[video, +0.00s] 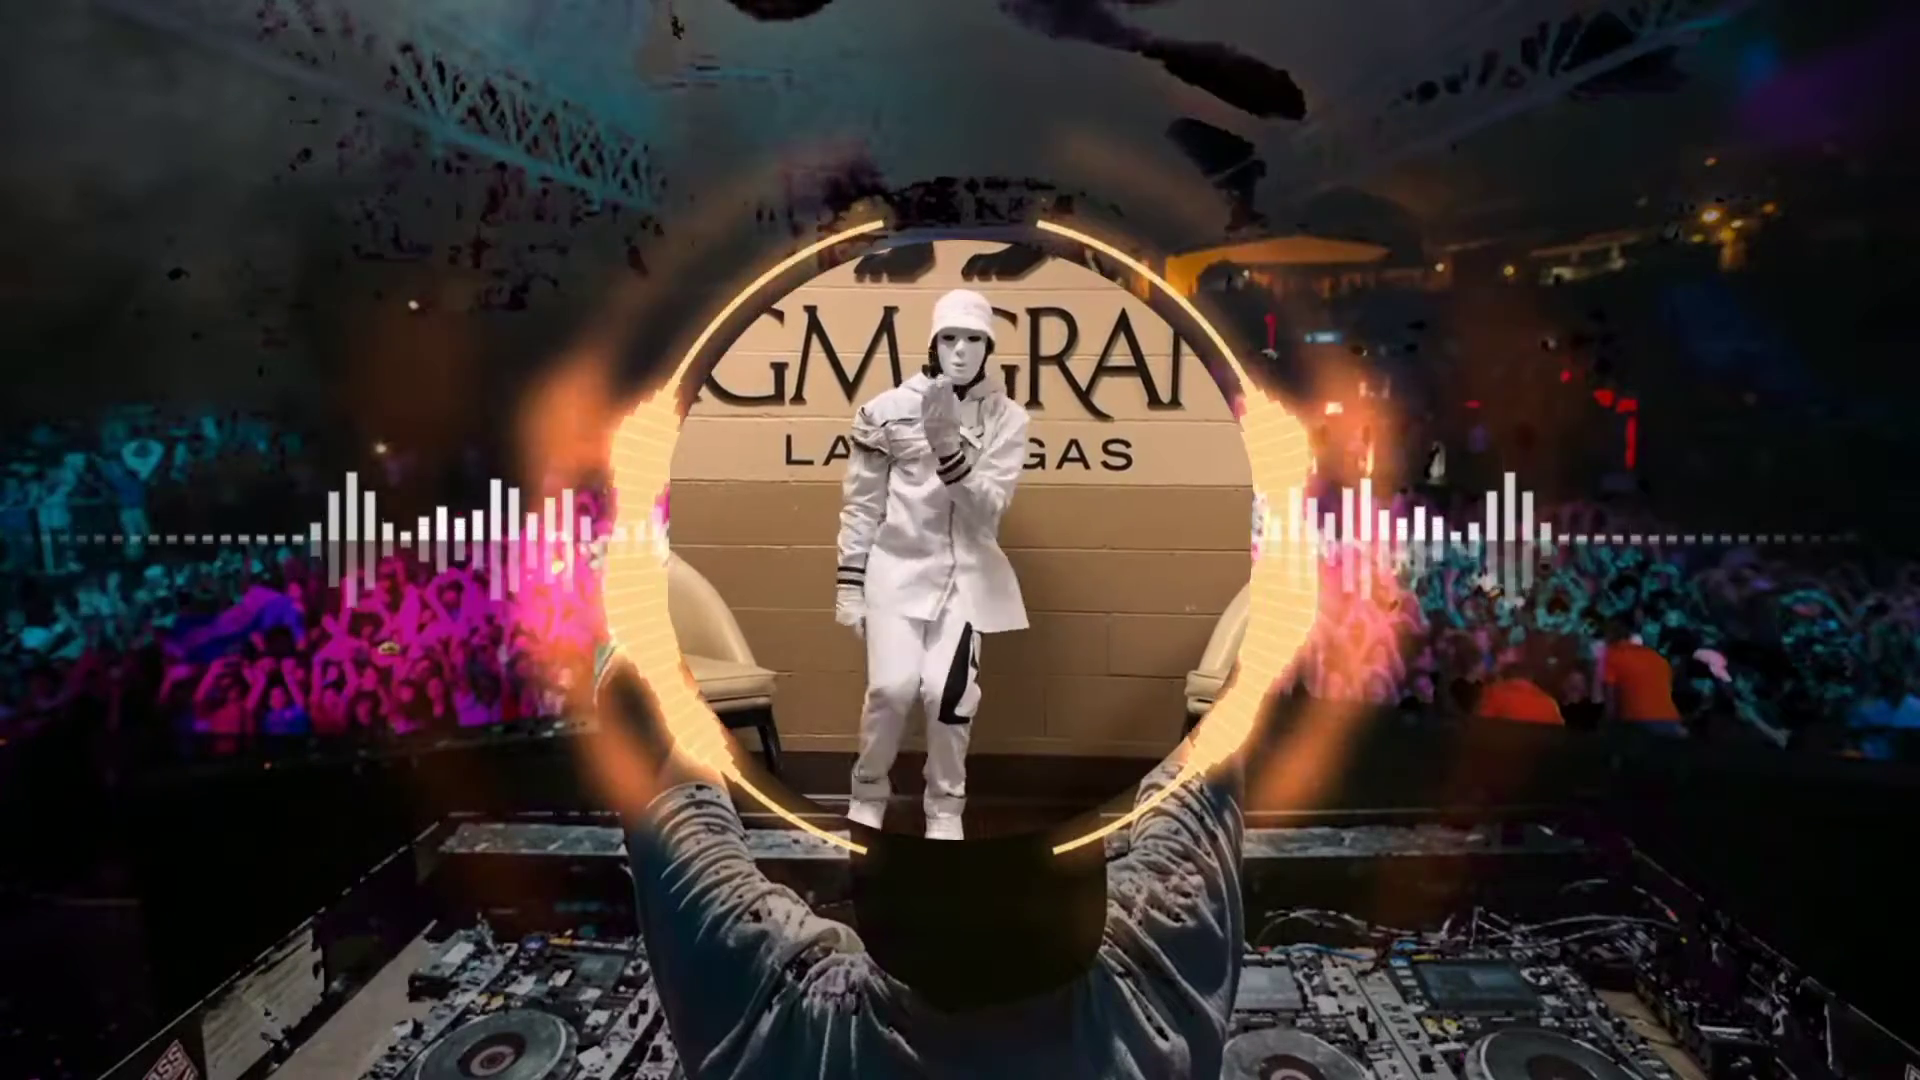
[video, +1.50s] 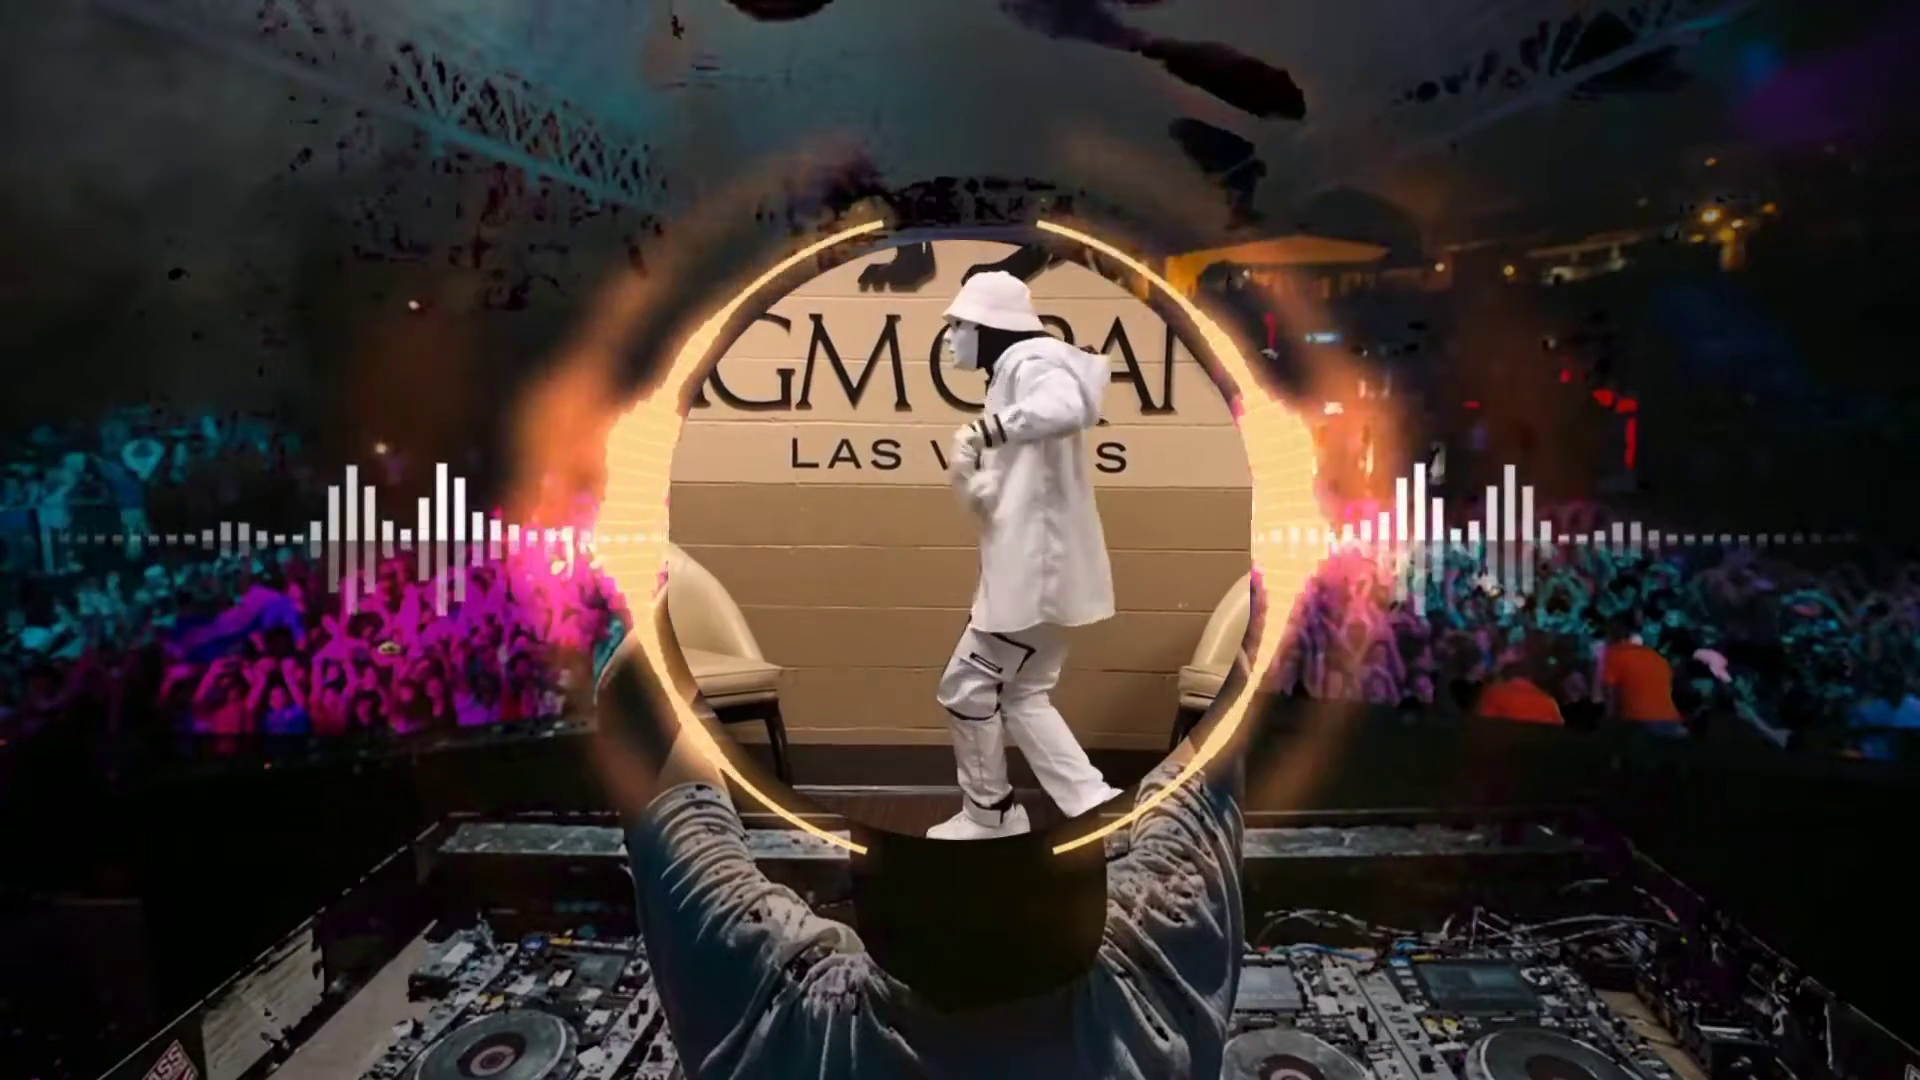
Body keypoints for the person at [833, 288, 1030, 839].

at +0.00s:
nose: (960, 350)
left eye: (972, 340)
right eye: (951, 338)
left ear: (987, 349)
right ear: (934, 345)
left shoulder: (1006, 419)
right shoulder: (887, 412)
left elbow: (992, 508)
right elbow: (862, 505)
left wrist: (949, 444)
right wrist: (850, 583)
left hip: (965, 580)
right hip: (895, 577)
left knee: (951, 697)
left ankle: (945, 815)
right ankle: (867, 802)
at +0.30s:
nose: (853, 337)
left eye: (863, 327)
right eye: (854, 326)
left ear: (896, 335)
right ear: (887, 332)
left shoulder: (947, 392)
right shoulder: (879, 390)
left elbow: (964, 489)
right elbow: (864, 478)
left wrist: (896, 425)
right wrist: (850, 537)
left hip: (929, 571)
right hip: (871, 564)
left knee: (914, 699)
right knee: (846, 685)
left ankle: (946, 810)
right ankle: (883, 797)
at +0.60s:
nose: (845, 334)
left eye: (854, 323)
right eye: (846, 323)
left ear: (884, 324)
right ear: (887, 326)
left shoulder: (936, 363)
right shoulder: (899, 382)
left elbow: (990, 414)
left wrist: (909, 450)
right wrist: (868, 454)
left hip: (944, 565)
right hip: (907, 564)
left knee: (907, 688)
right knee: (864, 672)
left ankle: (989, 809)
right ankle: (907, 802)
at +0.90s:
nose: (871, 324)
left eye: (879, 313)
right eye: (873, 313)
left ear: (910, 317)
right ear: (913, 317)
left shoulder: (968, 363)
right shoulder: (925, 374)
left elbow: (1020, 416)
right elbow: (949, 466)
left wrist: (926, 416)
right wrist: (914, 522)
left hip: (961, 566)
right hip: (926, 564)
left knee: (925, 688)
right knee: (886, 668)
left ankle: (990, 810)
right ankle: (911, 802)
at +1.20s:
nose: (919, 338)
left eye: (926, 327)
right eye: (920, 327)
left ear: (955, 328)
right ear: (960, 326)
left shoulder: (1002, 355)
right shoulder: (977, 383)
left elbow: (1043, 396)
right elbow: (971, 491)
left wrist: (953, 402)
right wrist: (927, 537)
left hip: (1007, 565)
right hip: (985, 563)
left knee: (945, 687)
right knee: (931, 658)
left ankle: (988, 810)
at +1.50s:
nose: (950, 336)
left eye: (959, 325)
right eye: (952, 325)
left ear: (989, 326)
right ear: (996, 327)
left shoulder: (1030, 358)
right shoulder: (1009, 385)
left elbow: (1066, 404)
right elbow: (1002, 510)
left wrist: (997, 430)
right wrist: (968, 475)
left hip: (1031, 574)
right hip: (1046, 573)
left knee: (967, 689)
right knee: (1024, 697)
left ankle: (989, 814)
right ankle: (1096, 806)